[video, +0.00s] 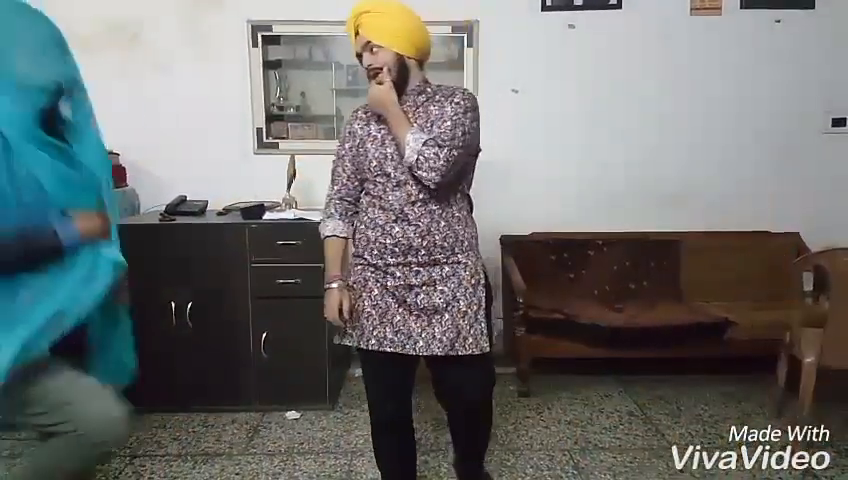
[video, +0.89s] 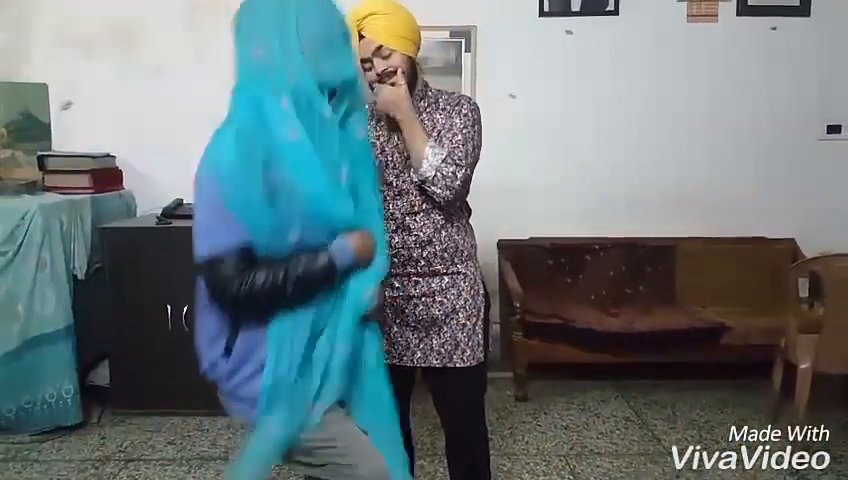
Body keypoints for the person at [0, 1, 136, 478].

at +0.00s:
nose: (59, 104)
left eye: (60, 90)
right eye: (44, 91)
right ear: (13, 86)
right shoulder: (9, 154)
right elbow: (7, 249)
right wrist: (67, 231)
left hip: (17, 346)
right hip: (8, 351)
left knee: (100, 419)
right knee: (100, 420)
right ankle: (15, 468)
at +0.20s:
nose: (120, 75)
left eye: (123, 61)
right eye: (105, 58)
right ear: (60, 50)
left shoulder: (118, 113)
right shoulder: (16, 117)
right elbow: (15, 260)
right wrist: (119, 232)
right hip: (27, 335)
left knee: (92, 457)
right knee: (151, 444)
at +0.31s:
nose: (147, 37)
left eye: (145, 22)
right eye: (130, 23)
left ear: (146, 25)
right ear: (89, 28)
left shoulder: (159, 107)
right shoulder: (34, 119)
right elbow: (53, 245)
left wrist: (201, 232)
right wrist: (158, 198)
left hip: (160, 316)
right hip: (86, 323)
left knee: (101, 447)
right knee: (142, 454)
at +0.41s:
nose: (179, 59)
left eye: (178, 41)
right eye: (162, 43)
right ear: (119, 43)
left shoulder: (179, 113)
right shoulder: (71, 128)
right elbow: (97, 253)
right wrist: (199, 204)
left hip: (184, 320)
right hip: (122, 332)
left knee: (155, 447)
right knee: (154, 459)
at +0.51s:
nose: (233, 51)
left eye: (231, 34)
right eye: (217, 35)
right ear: (173, 36)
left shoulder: (229, 108)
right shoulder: (125, 116)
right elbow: (143, 247)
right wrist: (249, 201)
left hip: (223, 331)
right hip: (160, 340)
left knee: (214, 460)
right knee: (171, 465)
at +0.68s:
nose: (280, 75)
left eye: (280, 57)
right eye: (263, 58)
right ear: (225, 63)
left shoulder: (286, 136)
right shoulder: (185, 152)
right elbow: (194, 280)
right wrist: (298, 235)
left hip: (282, 338)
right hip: (213, 355)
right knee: (304, 460)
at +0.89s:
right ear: (279, 57)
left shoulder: (334, 136)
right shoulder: (236, 148)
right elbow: (232, 284)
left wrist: (367, 284)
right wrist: (338, 257)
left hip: (332, 345)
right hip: (261, 366)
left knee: (389, 457)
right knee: (371, 465)